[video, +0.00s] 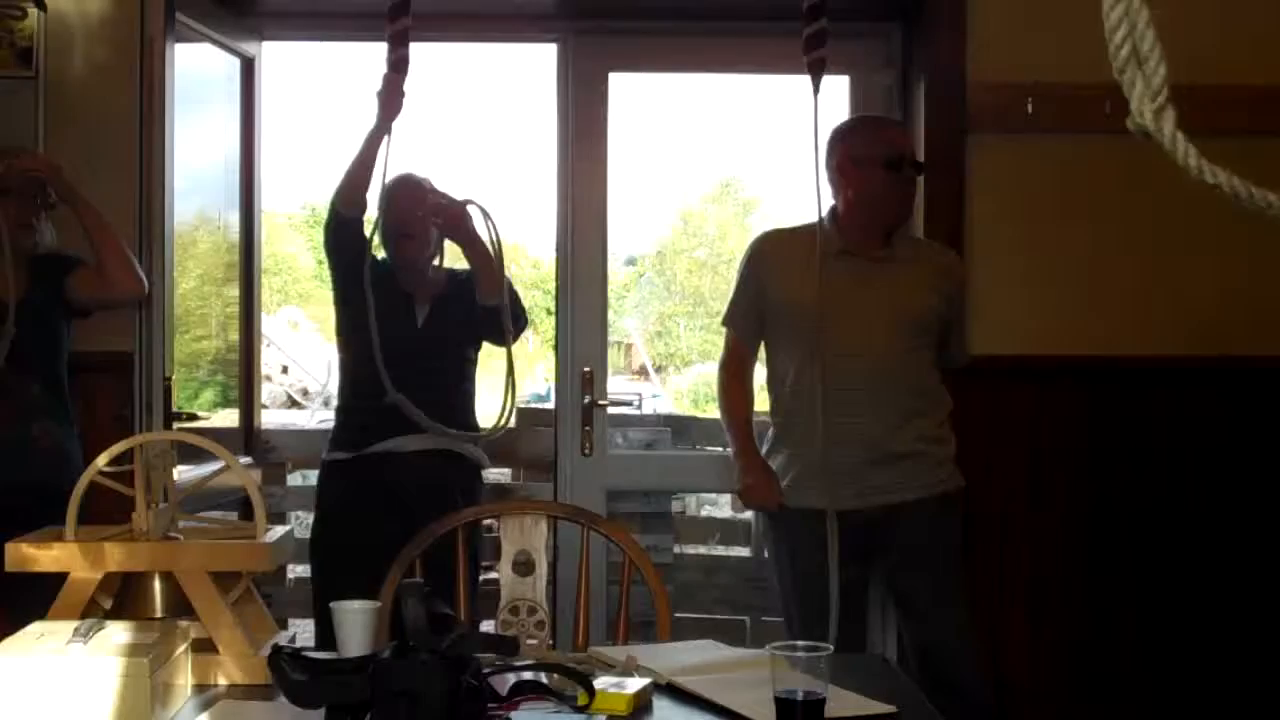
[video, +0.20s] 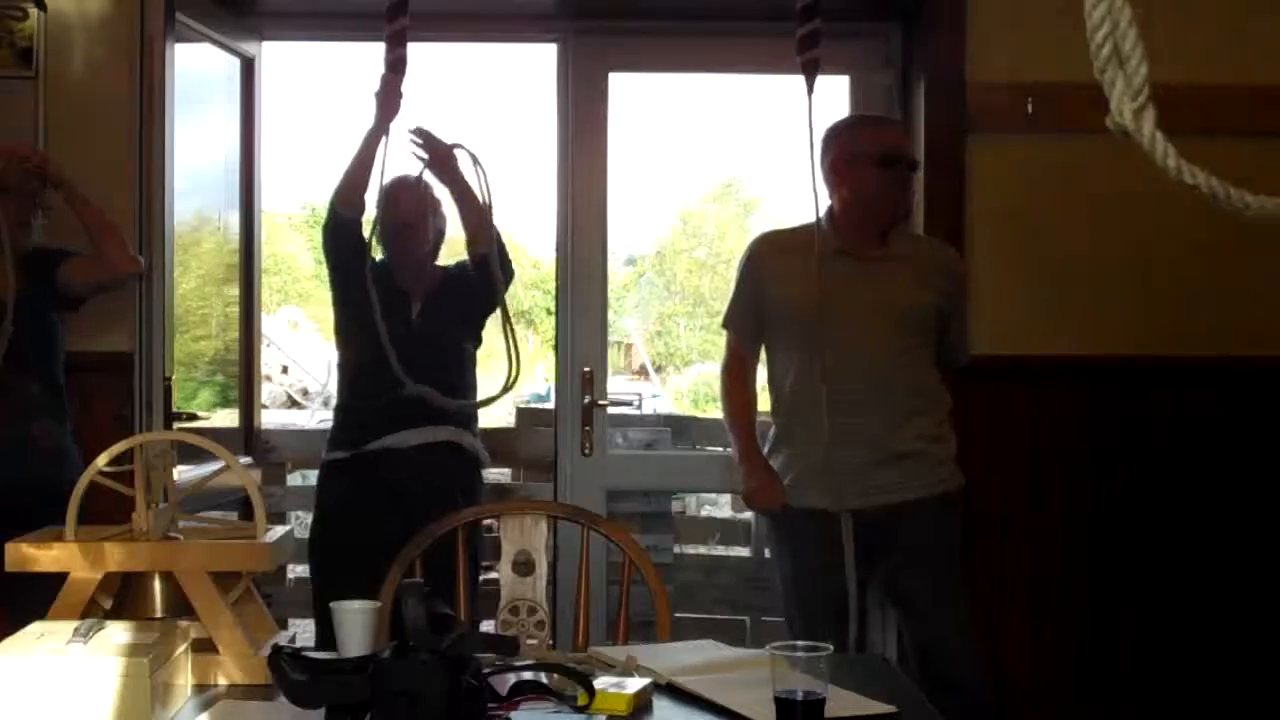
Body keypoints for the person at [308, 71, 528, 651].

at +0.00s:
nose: (401, 230)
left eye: (414, 218)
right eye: (393, 219)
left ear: (438, 225)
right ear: (379, 227)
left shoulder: (469, 291)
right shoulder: (361, 284)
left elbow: (510, 326)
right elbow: (342, 217)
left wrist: (467, 235)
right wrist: (381, 125)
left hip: (445, 477)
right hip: (361, 477)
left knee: (445, 632)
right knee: (350, 638)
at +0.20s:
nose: (411, 219)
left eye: (422, 210)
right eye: (398, 210)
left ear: (440, 225)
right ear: (379, 228)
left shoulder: (464, 293)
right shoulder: (358, 287)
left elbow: (494, 262)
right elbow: (341, 215)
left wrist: (456, 180)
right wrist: (378, 126)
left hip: (445, 474)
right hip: (359, 475)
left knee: (446, 633)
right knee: (351, 641)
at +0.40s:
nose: (400, 207)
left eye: (411, 201)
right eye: (386, 202)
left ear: (429, 226)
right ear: (368, 225)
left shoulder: (450, 285)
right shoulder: (349, 287)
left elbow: (461, 193)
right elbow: (338, 216)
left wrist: (426, 105)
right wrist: (381, 123)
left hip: (438, 468)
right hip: (354, 466)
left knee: (439, 631)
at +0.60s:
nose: (379, 201)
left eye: (392, 197)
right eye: (369, 197)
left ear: (414, 221)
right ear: (352, 221)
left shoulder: (437, 271)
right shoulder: (337, 281)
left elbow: (446, 163)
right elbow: (325, 215)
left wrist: (416, 71)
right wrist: (376, 123)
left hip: (432, 459)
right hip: (348, 461)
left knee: (436, 623)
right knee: (342, 630)